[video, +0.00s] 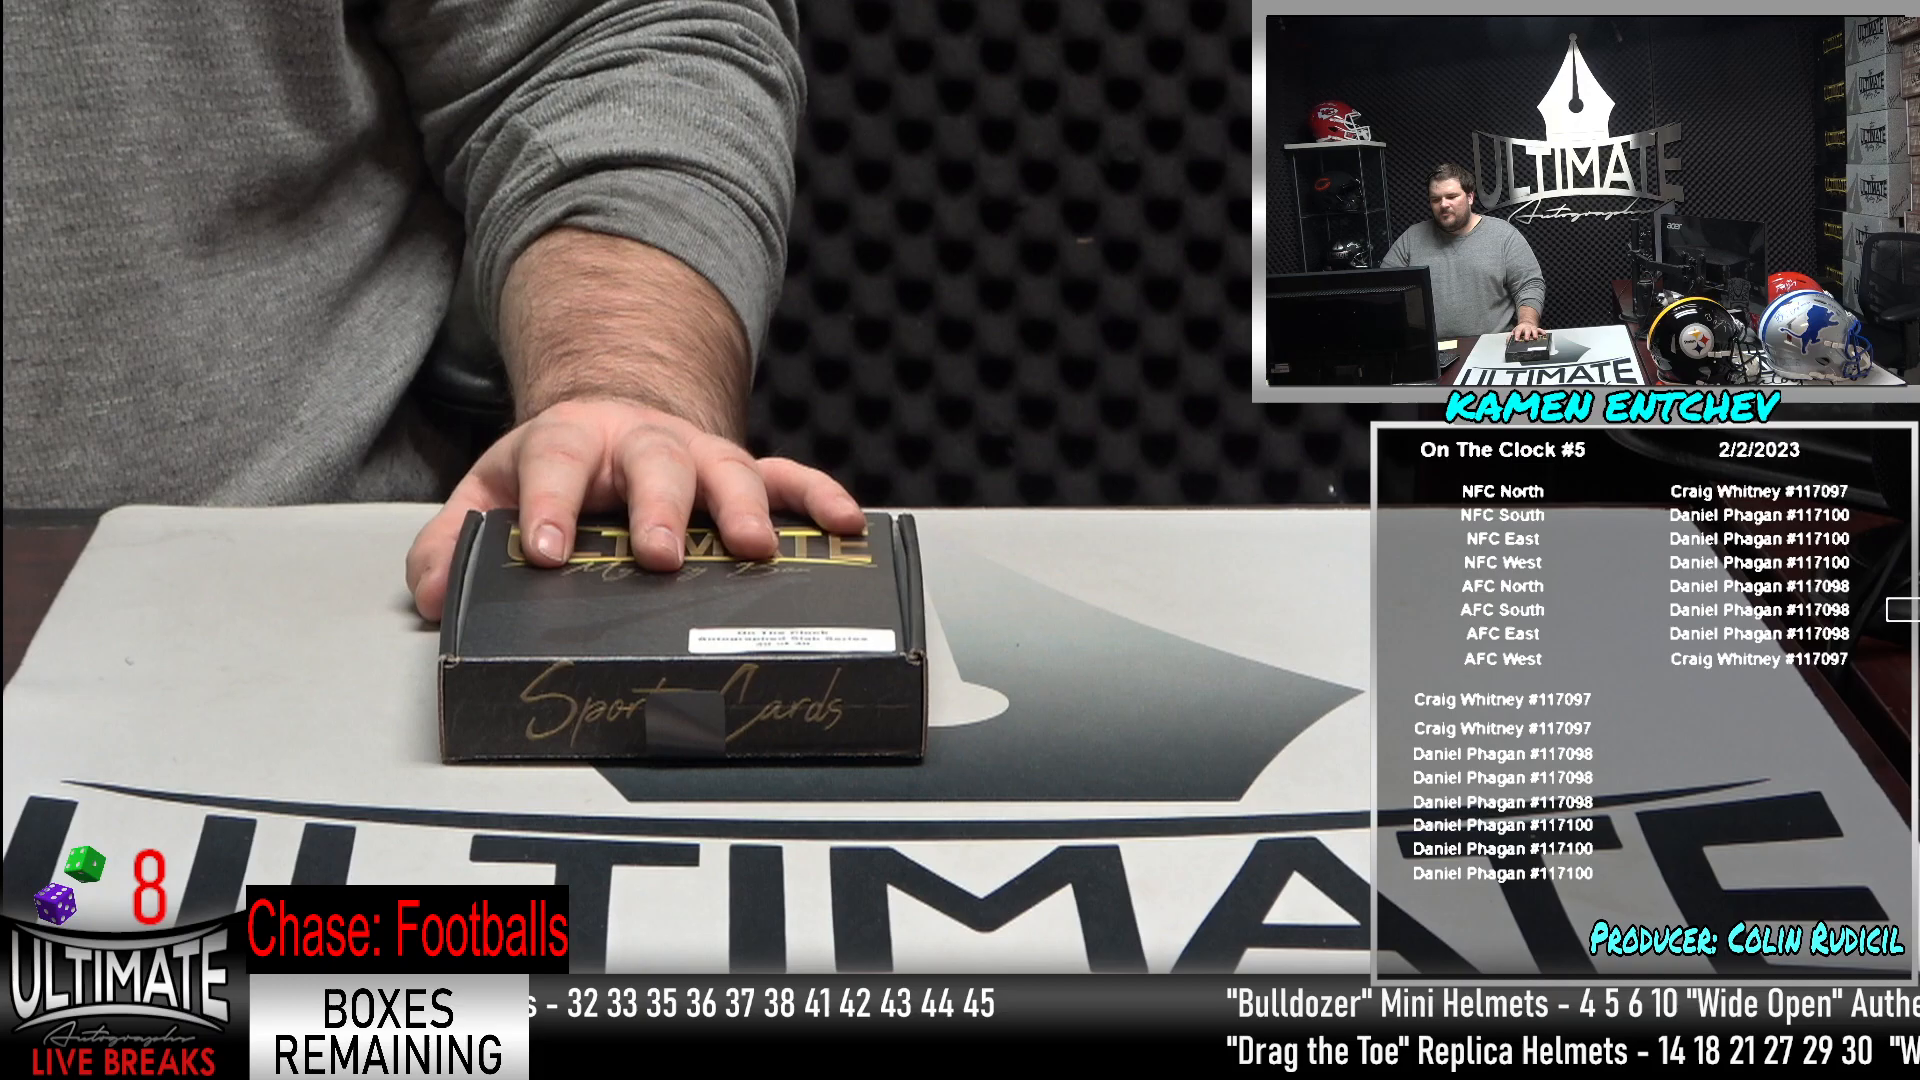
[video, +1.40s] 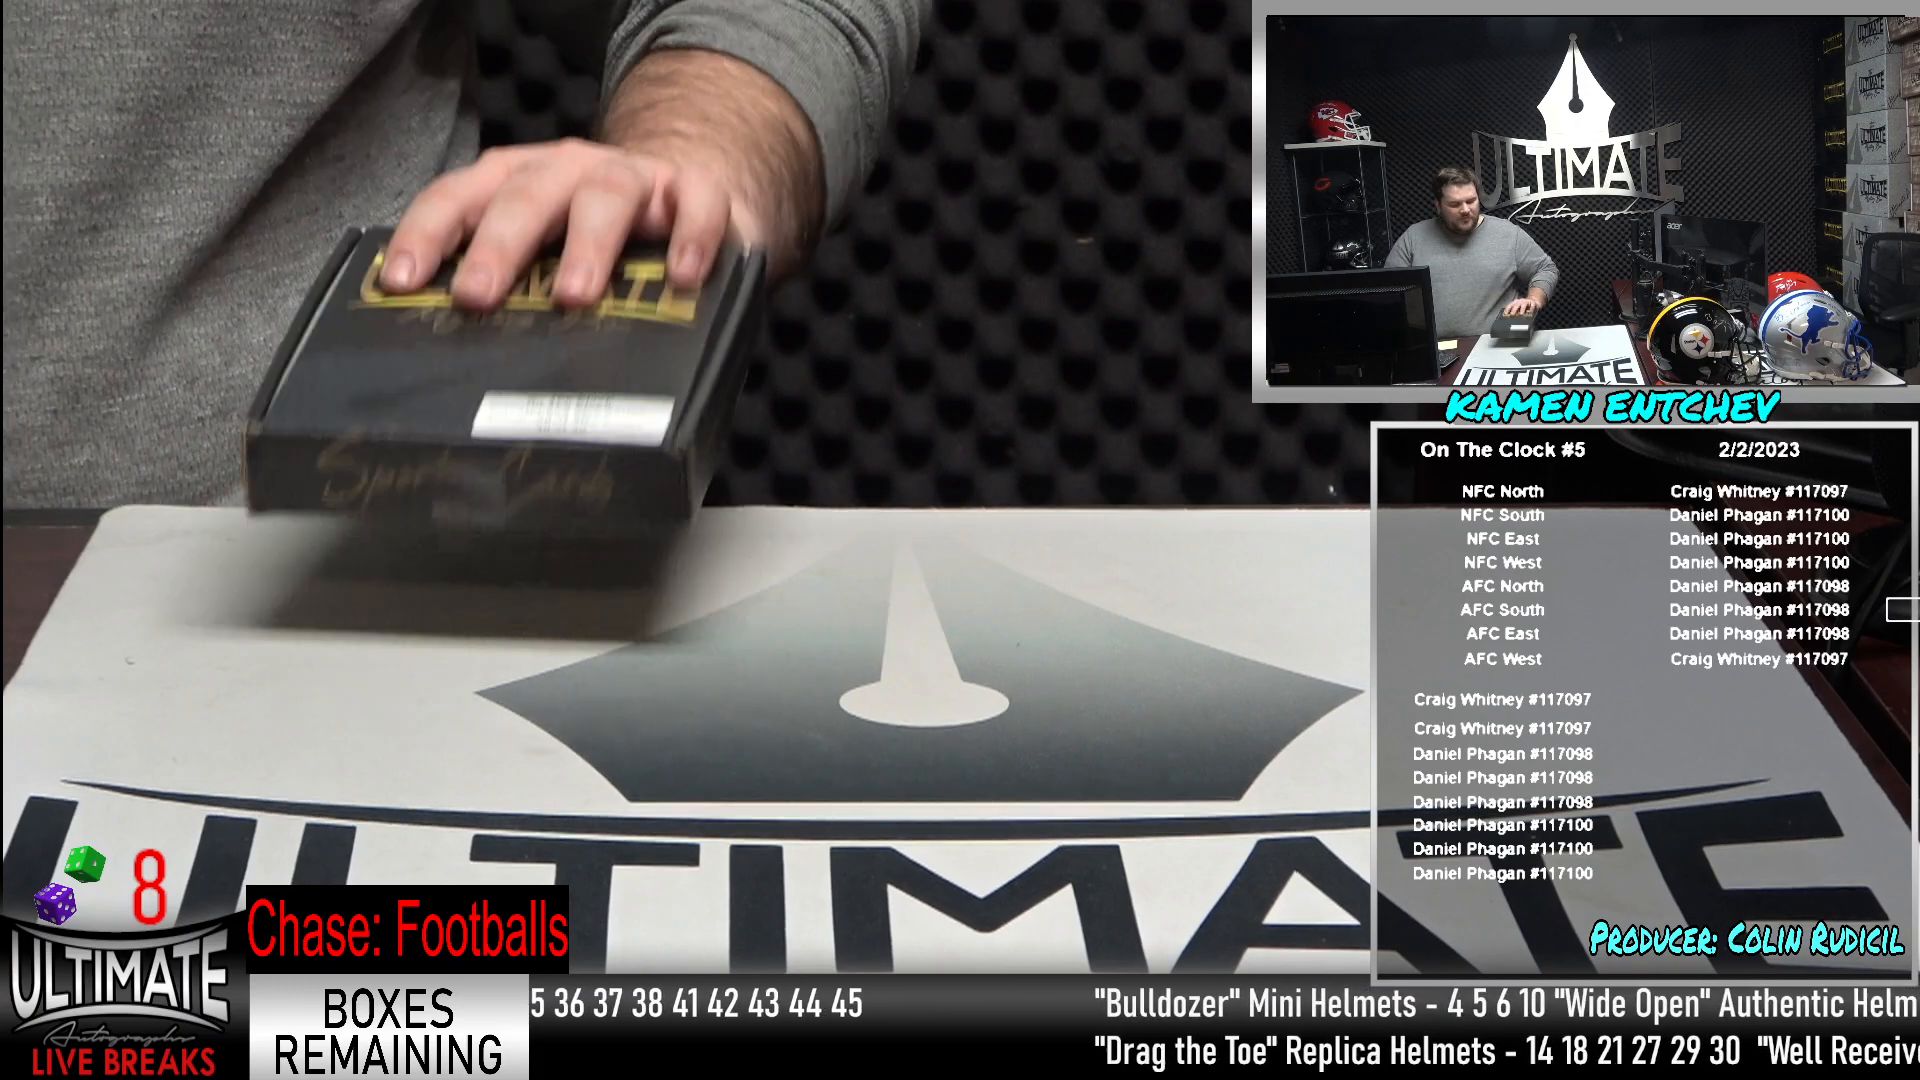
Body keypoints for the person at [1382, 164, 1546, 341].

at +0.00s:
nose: (1444, 204)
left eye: (1452, 196)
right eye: (1436, 199)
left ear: (1470, 197)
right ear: (1430, 203)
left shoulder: (1503, 235)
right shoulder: (1412, 239)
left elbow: (1529, 283)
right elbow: (1383, 286)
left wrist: (1527, 322)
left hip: (1494, 352)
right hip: (1429, 356)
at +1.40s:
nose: (1465, 210)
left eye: (1470, 201)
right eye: (1455, 204)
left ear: (1479, 199)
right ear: (1438, 205)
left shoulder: (1509, 235)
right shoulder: (1414, 238)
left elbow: (1545, 269)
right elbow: (1388, 288)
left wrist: (1534, 299)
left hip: (1497, 352)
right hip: (1433, 355)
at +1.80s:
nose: (1454, 204)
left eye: (1462, 196)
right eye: (1445, 197)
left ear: (1476, 198)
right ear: (1436, 200)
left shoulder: (1504, 233)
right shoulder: (1415, 237)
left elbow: (1536, 268)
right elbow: (1389, 285)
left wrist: (1527, 290)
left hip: (1493, 349)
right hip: (1431, 352)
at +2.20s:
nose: (1443, 208)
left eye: (1452, 200)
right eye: (1436, 201)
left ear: (1470, 201)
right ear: (1428, 204)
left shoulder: (1497, 232)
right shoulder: (1411, 238)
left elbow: (1513, 268)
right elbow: (1385, 286)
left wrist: (1520, 295)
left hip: (1487, 347)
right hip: (1425, 349)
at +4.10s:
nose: (1467, 208)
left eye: (1473, 199)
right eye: (1457, 201)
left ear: (1480, 198)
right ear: (1440, 202)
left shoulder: (1508, 234)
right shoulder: (1416, 238)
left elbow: (1538, 273)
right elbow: (1391, 289)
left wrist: (1528, 304)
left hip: (1501, 352)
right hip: (1436, 356)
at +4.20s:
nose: (1467, 208)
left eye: (1473, 199)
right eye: (1457, 201)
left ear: (1480, 198)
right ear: (1440, 202)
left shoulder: (1508, 234)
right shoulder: (1416, 238)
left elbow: (1538, 273)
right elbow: (1391, 288)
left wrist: (1528, 305)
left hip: (1501, 352)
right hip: (1436, 356)